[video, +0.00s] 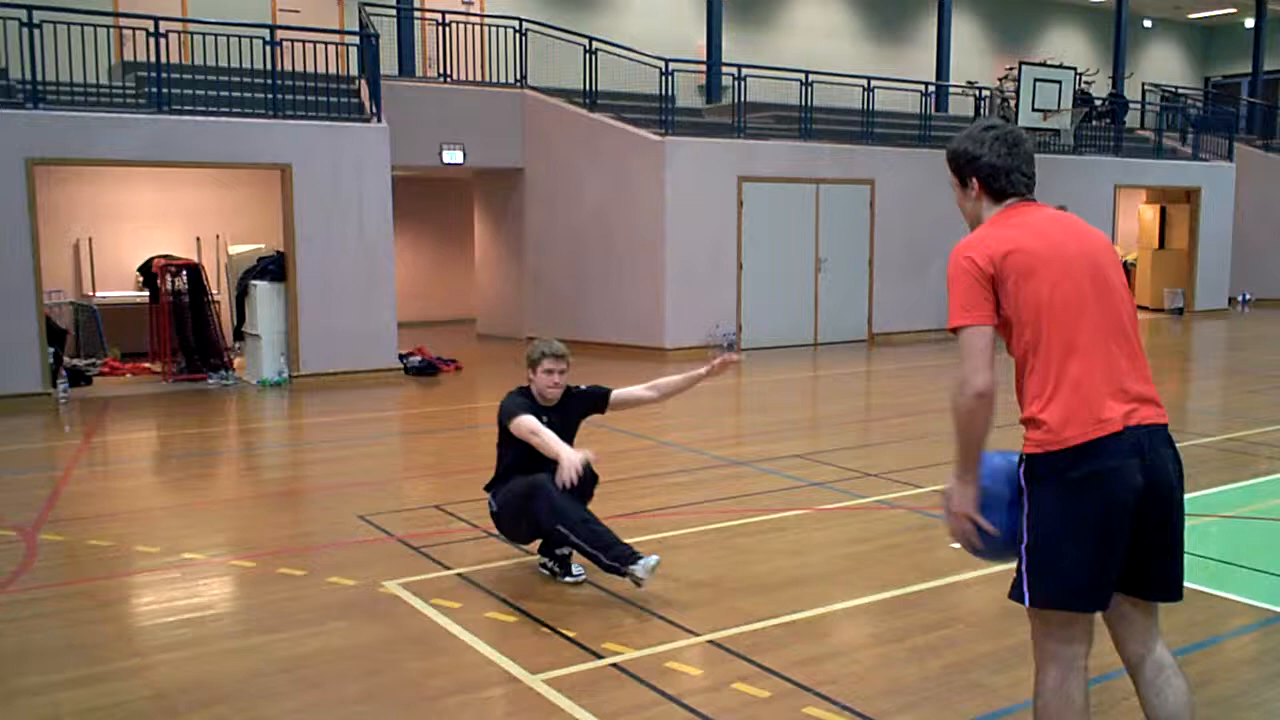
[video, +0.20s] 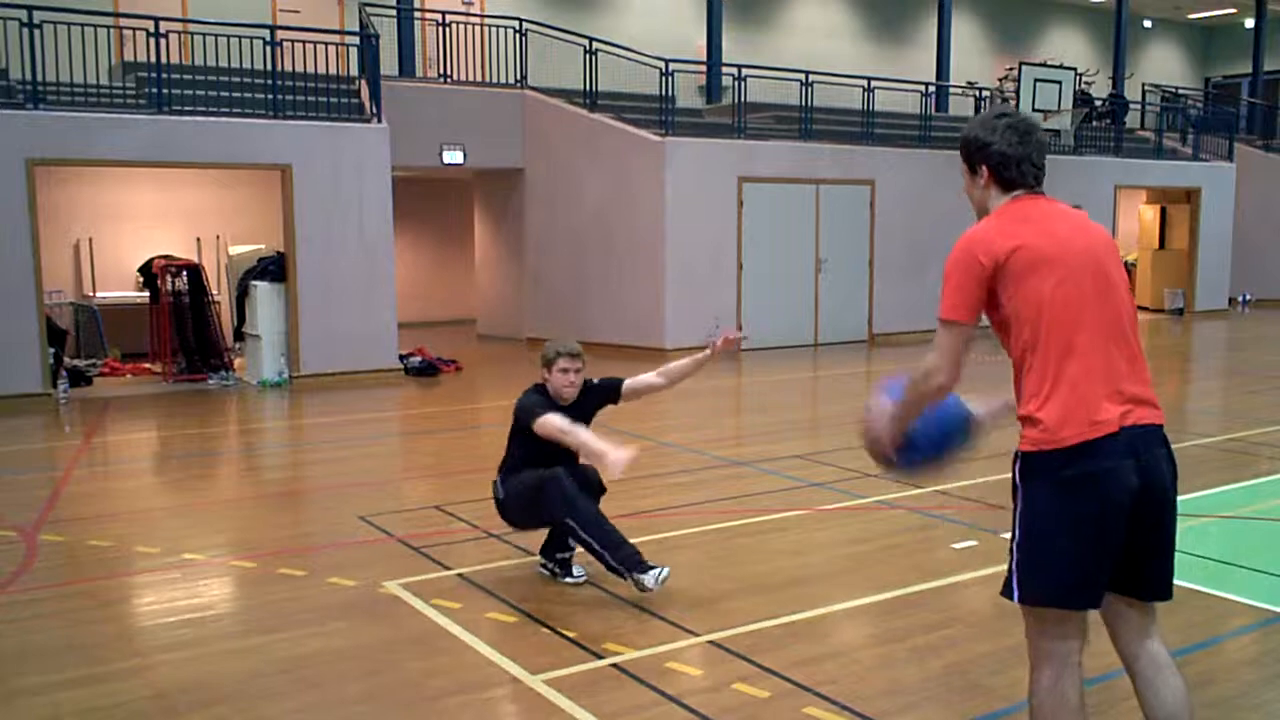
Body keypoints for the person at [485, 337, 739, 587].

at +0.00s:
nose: (555, 380)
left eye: (561, 373)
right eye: (548, 373)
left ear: (567, 374)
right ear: (531, 374)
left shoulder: (578, 399)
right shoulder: (514, 404)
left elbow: (651, 392)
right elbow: (533, 433)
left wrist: (703, 373)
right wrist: (566, 454)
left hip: (553, 504)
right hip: (511, 510)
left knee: (583, 472)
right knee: (539, 486)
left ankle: (555, 554)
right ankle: (628, 562)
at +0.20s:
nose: (571, 379)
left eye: (577, 372)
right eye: (563, 372)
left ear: (583, 373)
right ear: (546, 374)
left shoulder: (591, 394)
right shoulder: (531, 403)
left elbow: (658, 378)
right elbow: (563, 431)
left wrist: (709, 354)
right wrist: (608, 452)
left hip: (558, 488)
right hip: (516, 498)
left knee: (589, 478)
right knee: (558, 482)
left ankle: (556, 556)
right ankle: (635, 568)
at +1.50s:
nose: (602, 349)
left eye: (608, 341)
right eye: (594, 340)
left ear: (615, 338)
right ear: (576, 333)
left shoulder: (615, 362)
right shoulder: (549, 346)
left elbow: (665, 409)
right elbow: (504, 371)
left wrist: (707, 439)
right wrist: (508, 386)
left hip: (566, 426)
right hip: (521, 417)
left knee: (584, 485)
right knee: (545, 457)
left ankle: (547, 568)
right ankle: (557, 560)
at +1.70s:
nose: (590, 396)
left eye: (596, 389)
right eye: (584, 387)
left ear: (602, 385)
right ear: (565, 379)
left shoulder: (604, 411)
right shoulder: (544, 396)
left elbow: (653, 451)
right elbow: (519, 400)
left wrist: (702, 477)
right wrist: (527, 379)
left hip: (558, 477)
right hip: (510, 476)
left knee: (589, 478)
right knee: (541, 480)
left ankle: (548, 568)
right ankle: (565, 594)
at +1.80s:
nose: (581, 408)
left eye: (586, 401)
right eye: (574, 401)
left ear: (592, 401)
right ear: (555, 397)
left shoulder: (593, 428)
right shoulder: (532, 423)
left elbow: (640, 457)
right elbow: (528, 408)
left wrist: (671, 451)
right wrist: (562, 370)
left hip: (553, 514)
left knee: (586, 473)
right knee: (540, 498)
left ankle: (547, 571)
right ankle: (574, 598)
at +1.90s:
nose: (563, 408)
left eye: (567, 400)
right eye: (555, 400)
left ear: (572, 403)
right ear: (537, 402)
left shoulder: (572, 435)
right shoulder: (513, 428)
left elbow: (627, 454)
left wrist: (640, 426)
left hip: (554, 531)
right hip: (510, 537)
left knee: (590, 471)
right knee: (538, 508)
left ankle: (551, 573)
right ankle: (580, 585)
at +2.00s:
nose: (531, 419)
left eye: (536, 411)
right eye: (523, 412)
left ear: (542, 412)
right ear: (507, 415)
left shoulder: (557, 446)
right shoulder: (490, 452)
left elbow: (618, 454)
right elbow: (506, 469)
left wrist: (621, 410)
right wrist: (541, 414)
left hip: (559, 543)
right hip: (516, 550)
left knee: (594, 468)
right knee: (532, 498)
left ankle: (554, 569)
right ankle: (585, 559)